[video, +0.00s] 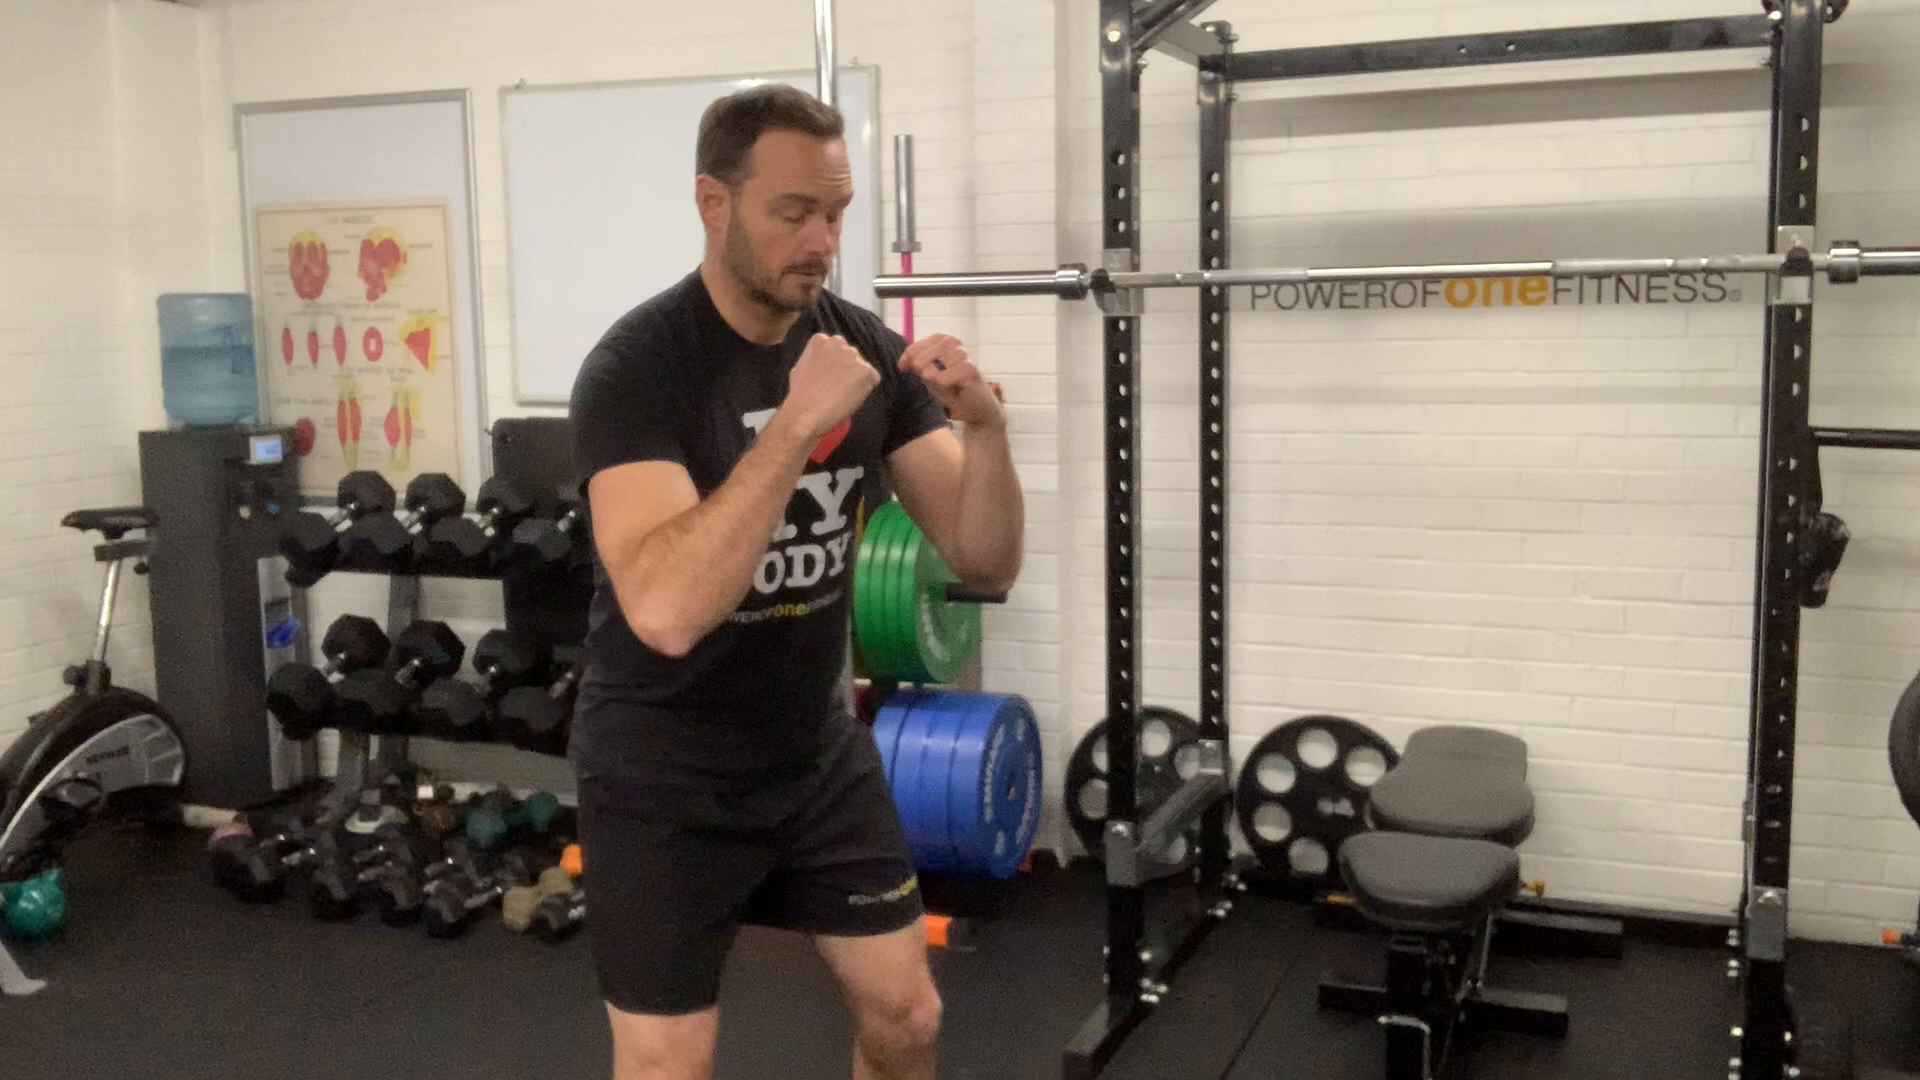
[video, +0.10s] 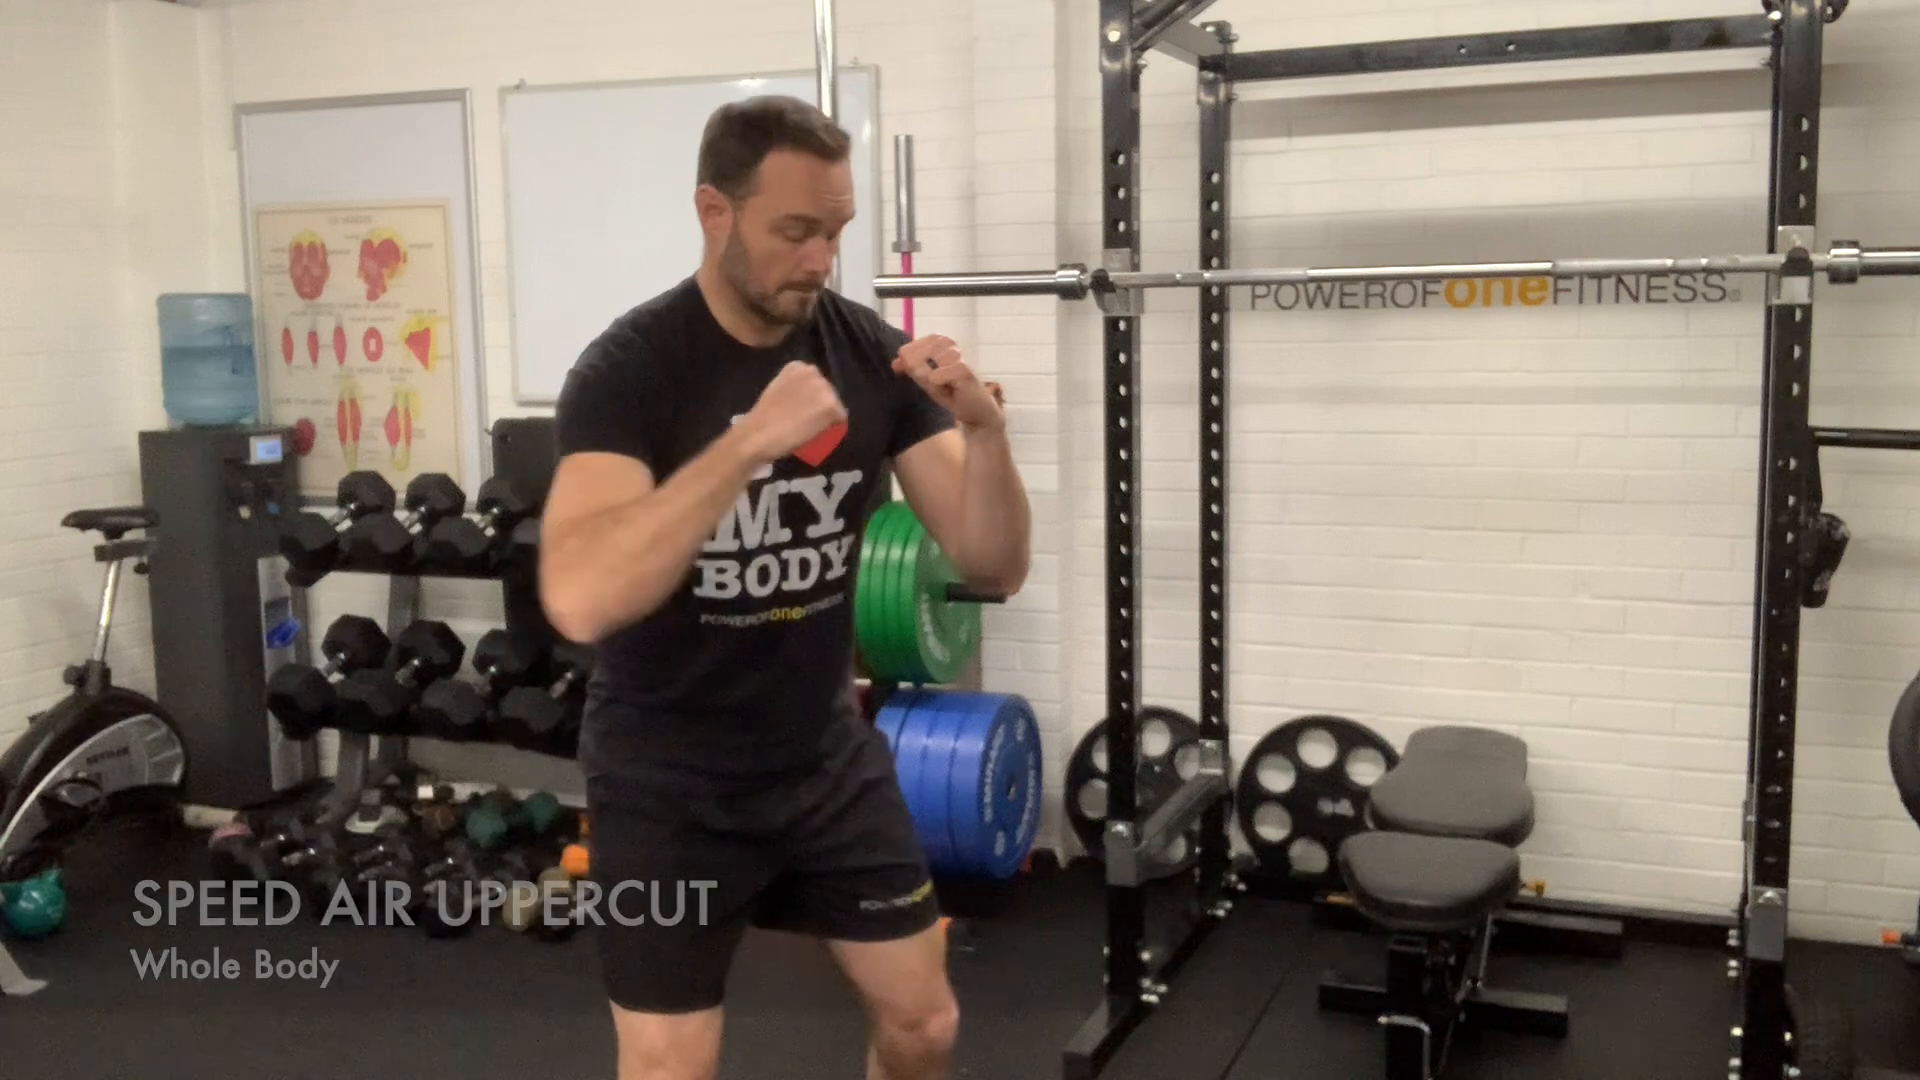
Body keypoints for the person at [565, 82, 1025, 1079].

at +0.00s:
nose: (822, 242)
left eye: (836, 212)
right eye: (796, 212)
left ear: (849, 209)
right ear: (712, 203)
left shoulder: (860, 346)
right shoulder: (634, 369)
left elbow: (985, 566)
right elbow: (664, 607)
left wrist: (985, 429)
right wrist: (799, 420)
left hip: (817, 741)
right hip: (662, 761)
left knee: (907, 1018)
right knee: (666, 1061)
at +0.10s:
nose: (822, 260)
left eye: (836, 232)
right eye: (797, 231)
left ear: (849, 220)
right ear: (713, 211)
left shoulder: (863, 348)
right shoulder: (628, 371)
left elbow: (992, 567)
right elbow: (580, 597)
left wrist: (985, 430)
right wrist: (746, 447)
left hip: (827, 747)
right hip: (666, 767)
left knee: (924, 1030)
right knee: (669, 1062)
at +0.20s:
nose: (832, 283)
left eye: (848, 255)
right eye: (810, 257)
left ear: (863, 234)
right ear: (728, 226)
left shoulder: (879, 344)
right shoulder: (636, 356)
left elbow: (1020, 558)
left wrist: (997, 425)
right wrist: (606, 456)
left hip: (838, 743)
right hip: (676, 755)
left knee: (940, 1030)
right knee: (668, 1058)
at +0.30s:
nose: (858, 304)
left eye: (871, 276)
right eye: (832, 278)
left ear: (884, 245)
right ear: (747, 248)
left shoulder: (902, 355)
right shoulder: (636, 360)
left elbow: (1060, 558)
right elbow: (376, 451)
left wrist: (1018, 424)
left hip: (846, 744)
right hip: (682, 754)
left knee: (945, 1023)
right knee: (662, 1048)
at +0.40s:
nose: (886, 351)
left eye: (897, 322)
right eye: (859, 326)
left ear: (908, 299)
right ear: (772, 298)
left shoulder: (919, 388)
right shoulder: (654, 384)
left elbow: (1088, 577)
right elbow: (447, 425)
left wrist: (1038, 451)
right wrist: (384, 488)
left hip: (845, 750)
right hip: (682, 760)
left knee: (944, 1028)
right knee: (671, 1053)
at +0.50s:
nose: (917, 373)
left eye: (921, 348)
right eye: (899, 353)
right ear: (811, 347)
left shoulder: (926, 411)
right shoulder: (678, 456)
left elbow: (1038, 596)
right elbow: (501, 554)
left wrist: (1029, 536)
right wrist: (460, 709)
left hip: (841, 764)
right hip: (695, 779)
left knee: (947, 1029)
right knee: (712, 1066)